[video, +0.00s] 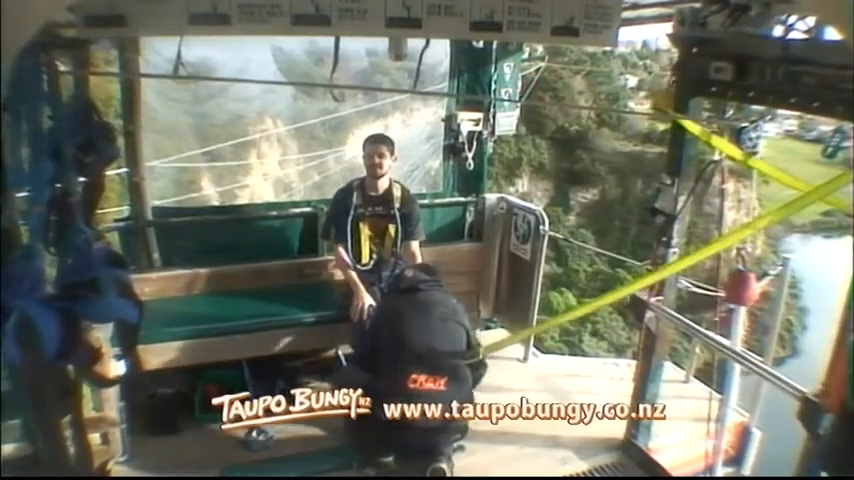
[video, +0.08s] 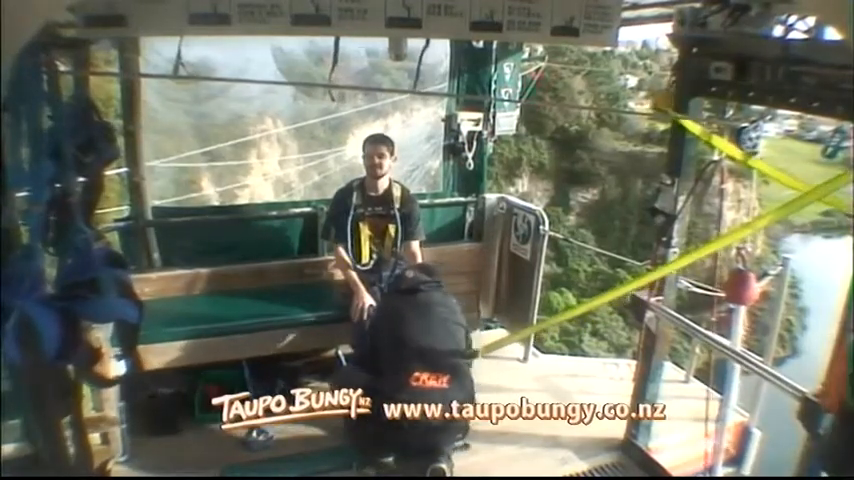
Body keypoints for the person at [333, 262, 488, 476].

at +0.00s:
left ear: (403, 282)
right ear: (437, 283)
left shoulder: (386, 306)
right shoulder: (453, 306)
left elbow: (366, 359)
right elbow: (476, 362)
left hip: (394, 418)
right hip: (446, 419)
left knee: (345, 377)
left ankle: (377, 453)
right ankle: (442, 455)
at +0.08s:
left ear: (397, 286)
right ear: (436, 283)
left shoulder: (386, 307)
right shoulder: (452, 305)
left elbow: (366, 360)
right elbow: (467, 352)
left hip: (395, 424)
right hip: (449, 424)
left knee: (345, 377)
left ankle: (376, 454)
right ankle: (441, 456)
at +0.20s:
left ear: (395, 288)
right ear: (434, 285)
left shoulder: (388, 305)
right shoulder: (449, 305)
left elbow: (365, 360)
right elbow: (465, 352)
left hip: (400, 416)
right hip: (453, 416)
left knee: (346, 379)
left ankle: (378, 456)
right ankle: (441, 457)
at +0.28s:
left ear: (395, 284)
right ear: (431, 283)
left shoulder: (386, 307)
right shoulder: (449, 306)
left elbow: (364, 362)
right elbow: (464, 353)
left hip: (400, 420)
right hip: (454, 419)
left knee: (342, 380)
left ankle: (376, 455)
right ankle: (443, 456)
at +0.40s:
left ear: (394, 283)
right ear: (431, 282)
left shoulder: (383, 309)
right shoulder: (453, 312)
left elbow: (365, 364)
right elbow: (467, 362)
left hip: (399, 418)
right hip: (453, 418)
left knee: (342, 380)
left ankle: (377, 454)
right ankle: (442, 456)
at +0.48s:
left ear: (396, 284)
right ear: (434, 284)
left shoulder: (384, 308)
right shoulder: (458, 314)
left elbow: (364, 363)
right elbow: (473, 373)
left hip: (398, 417)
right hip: (454, 419)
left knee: (342, 381)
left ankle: (377, 454)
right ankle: (442, 455)